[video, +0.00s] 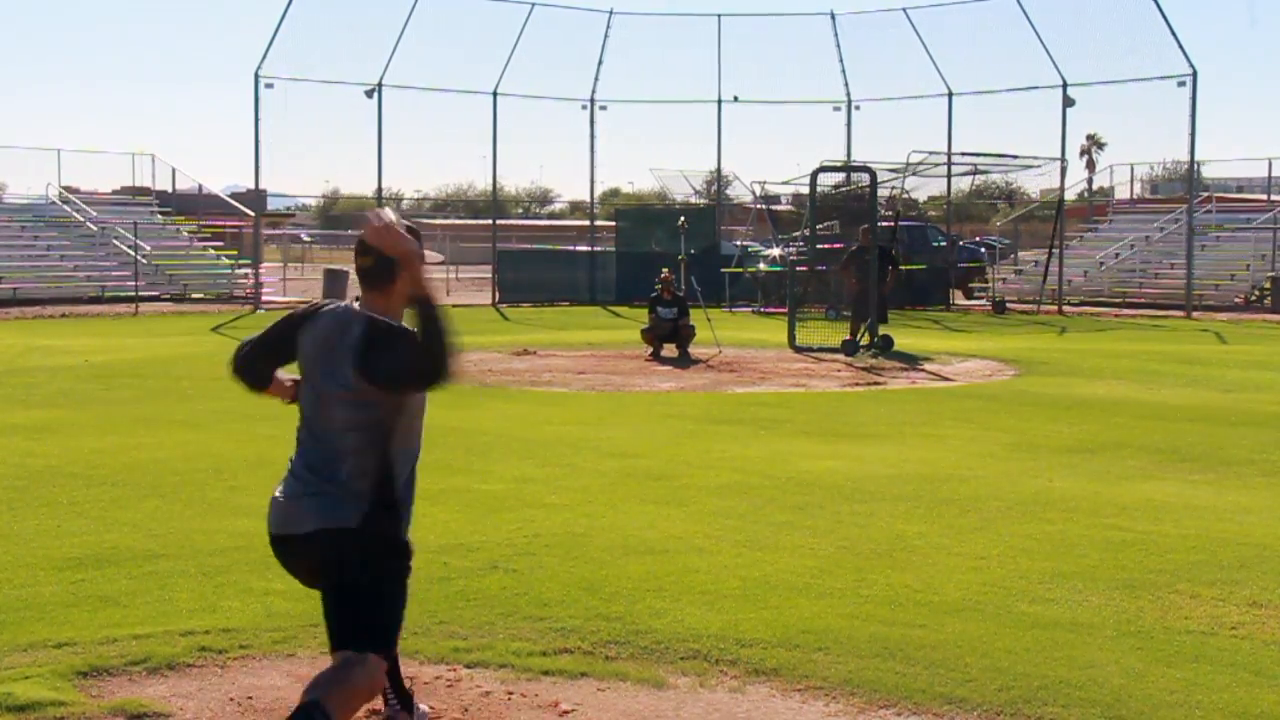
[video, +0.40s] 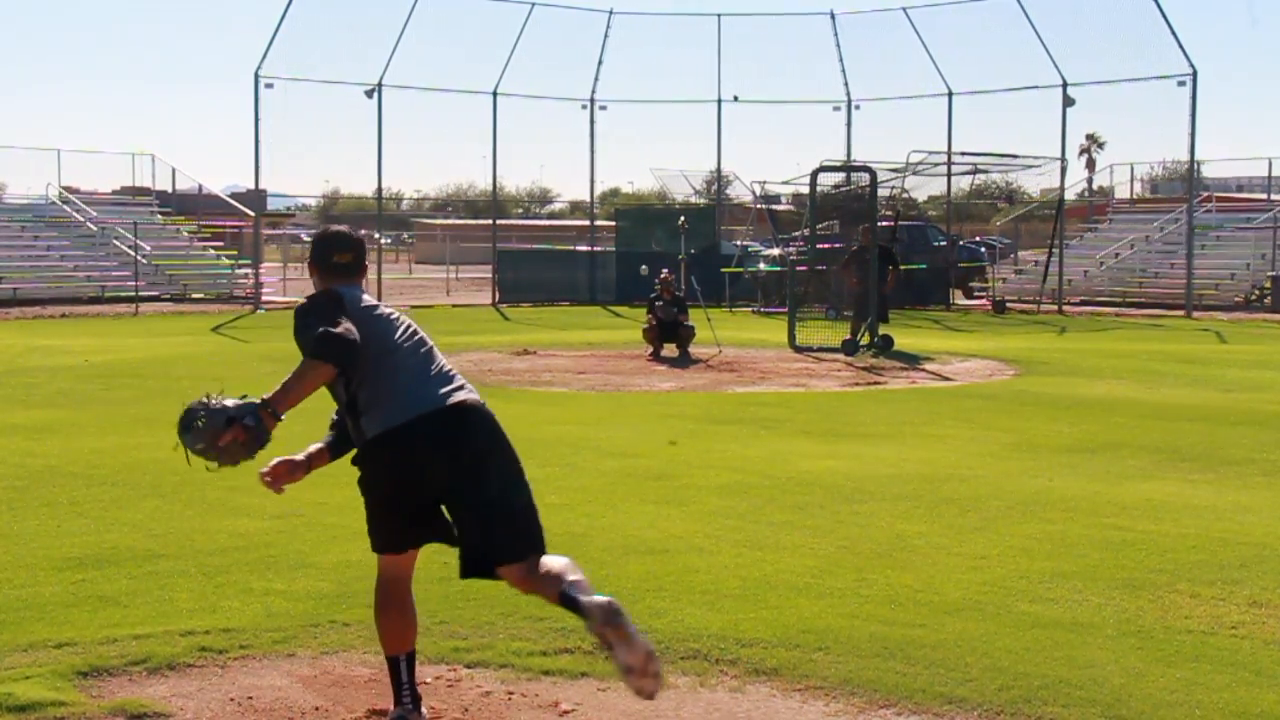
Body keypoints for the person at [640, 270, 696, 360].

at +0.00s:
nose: (667, 286)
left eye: (669, 283)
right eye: (664, 283)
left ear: (673, 284)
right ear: (660, 284)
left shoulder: (680, 299)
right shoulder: (654, 299)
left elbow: (685, 319)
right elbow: (652, 318)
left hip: (676, 327)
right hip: (660, 328)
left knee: (689, 329)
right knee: (645, 332)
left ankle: (682, 349)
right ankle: (656, 347)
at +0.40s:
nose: (667, 286)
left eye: (669, 283)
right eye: (664, 284)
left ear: (673, 284)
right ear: (660, 285)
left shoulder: (679, 299)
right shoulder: (654, 299)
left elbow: (685, 317)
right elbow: (649, 314)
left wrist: (675, 317)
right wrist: (652, 320)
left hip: (675, 325)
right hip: (660, 325)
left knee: (688, 330)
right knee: (648, 331)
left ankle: (683, 349)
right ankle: (656, 348)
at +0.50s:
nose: (664, 288)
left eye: (666, 285)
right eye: (661, 285)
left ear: (670, 286)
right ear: (658, 286)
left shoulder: (676, 299)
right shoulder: (653, 300)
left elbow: (682, 313)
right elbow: (649, 316)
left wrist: (672, 312)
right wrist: (648, 322)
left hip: (675, 324)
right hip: (660, 324)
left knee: (689, 330)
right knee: (649, 330)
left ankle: (683, 349)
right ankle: (656, 348)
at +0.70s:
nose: (658, 294)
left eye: (660, 291)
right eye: (655, 292)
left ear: (665, 291)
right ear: (651, 293)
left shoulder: (673, 302)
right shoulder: (651, 305)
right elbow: (651, 319)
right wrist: (653, 323)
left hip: (674, 330)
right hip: (660, 330)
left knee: (689, 329)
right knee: (651, 331)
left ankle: (684, 350)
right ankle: (656, 349)